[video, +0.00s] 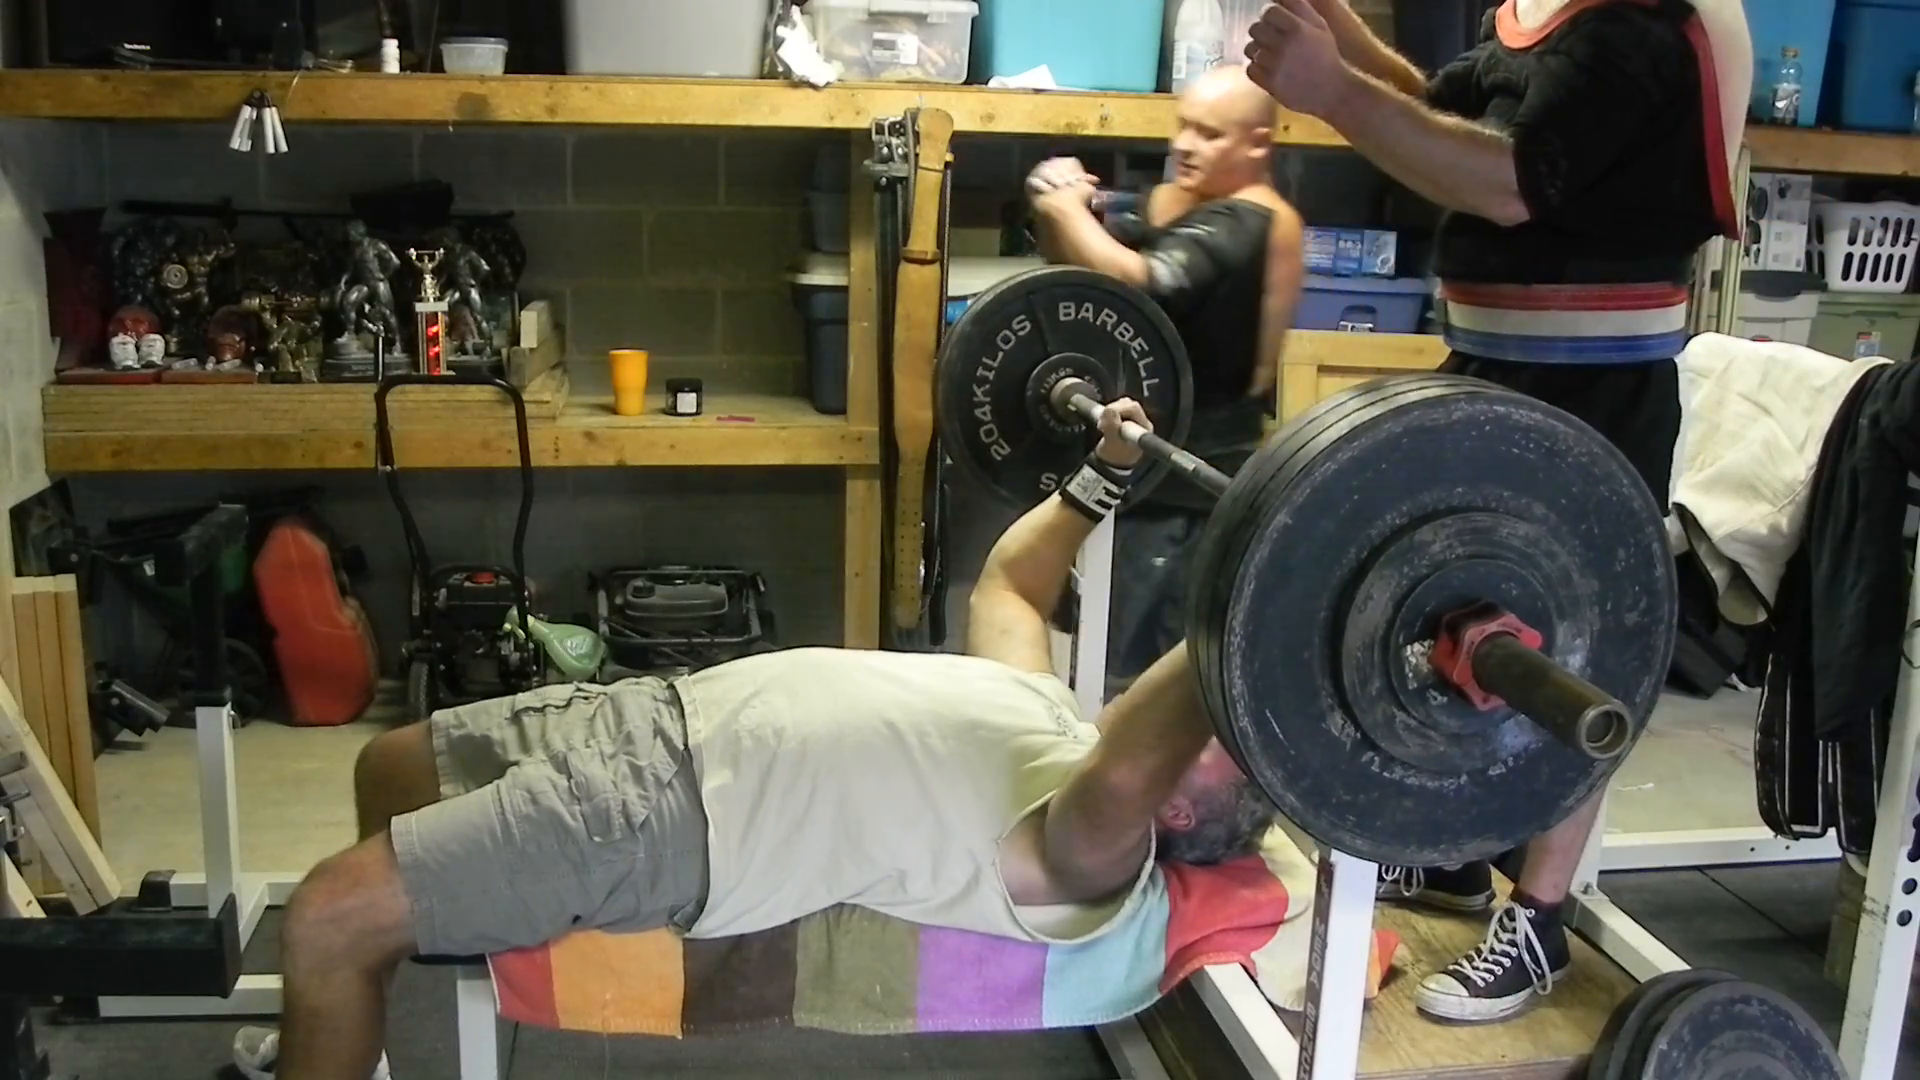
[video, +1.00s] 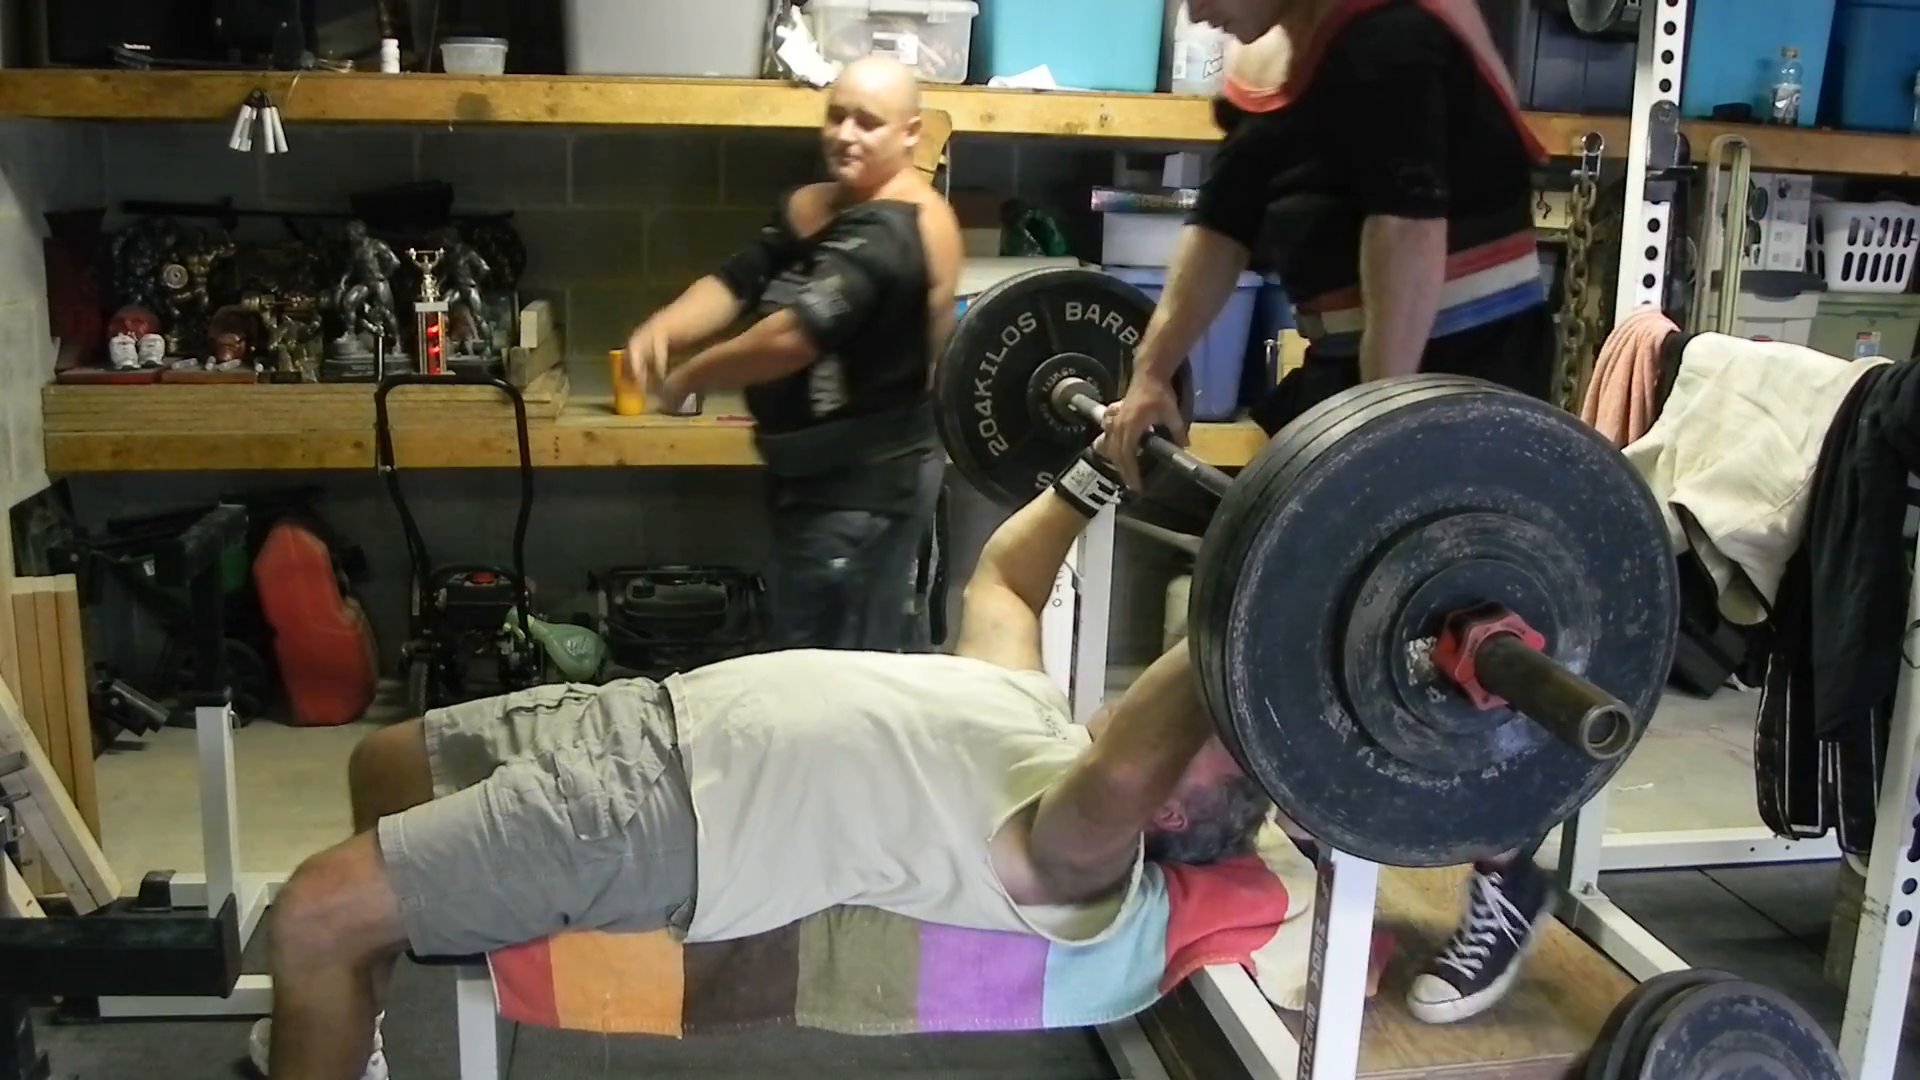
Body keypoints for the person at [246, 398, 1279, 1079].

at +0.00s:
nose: (1199, 740)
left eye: (1228, 749)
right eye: (1213, 723)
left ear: (1215, 811)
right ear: (1182, 728)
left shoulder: (1087, 860)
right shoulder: (1035, 718)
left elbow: (1135, 760)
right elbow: (1016, 582)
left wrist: (1260, 608)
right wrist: (1099, 473)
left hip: (665, 819)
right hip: (653, 711)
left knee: (328, 916)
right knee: (390, 767)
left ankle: (323, 1065)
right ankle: (390, 988)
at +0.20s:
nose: (1204, 739)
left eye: (1233, 745)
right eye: (1215, 720)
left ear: (1224, 802)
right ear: (1187, 724)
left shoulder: (1106, 851)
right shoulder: (1044, 713)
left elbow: (1129, 759)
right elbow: (1012, 581)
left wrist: (1236, 611)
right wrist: (1096, 473)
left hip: (682, 817)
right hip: (663, 709)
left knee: (341, 913)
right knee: (397, 769)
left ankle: (313, 1070)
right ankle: (338, 1027)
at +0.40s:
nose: (1203, 739)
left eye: (1229, 750)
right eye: (1215, 721)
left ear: (1230, 801)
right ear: (1193, 725)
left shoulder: (1118, 826)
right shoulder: (1058, 708)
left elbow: (1143, 744)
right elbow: (1007, 575)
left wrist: (1252, 610)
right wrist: (1092, 473)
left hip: (691, 813)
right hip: (672, 710)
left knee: (347, 909)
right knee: (403, 769)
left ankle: (320, 1075)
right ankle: (332, 1039)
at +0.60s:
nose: (1202, 742)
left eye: (1230, 751)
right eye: (1216, 723)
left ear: (1225, 805)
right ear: (1191, 727)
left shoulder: (1102, 838)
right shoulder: (1045, 712)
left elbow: (1148, 753)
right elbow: (1006, 575)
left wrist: (1255, 604)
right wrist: (1093, 469)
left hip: (678, 816)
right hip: (663, 711)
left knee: (339, 911)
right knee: (396, 769)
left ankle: (315, 1073)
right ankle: (347, 1024)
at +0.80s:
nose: (1183, 738)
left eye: (1215, 749)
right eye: (1200, 719)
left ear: (1213, 814)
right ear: (1174, 735)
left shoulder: (1076, 860)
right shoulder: (1018, 711)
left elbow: (1135, 753)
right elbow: (1006, 576)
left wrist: (1260, 610)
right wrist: (1092, 460)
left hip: (661, 822)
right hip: (648, 711)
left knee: (319, 913)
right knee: (386, 765)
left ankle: (323, 1064)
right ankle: (376, 995)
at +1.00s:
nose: (1187, 733)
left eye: (1221, 750)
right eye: (1207, 723)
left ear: (1214, 816)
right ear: (1183, 730)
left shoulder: (1079, 872)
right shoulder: (1033, 715)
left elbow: (1122, 769)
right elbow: (1006, 579)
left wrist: (1244, 620)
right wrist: (1104, 467)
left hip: (654, 814)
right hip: (637, 711)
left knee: (313, 913)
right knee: (383, 766)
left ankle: (330, 1061)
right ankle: (379, 1007)